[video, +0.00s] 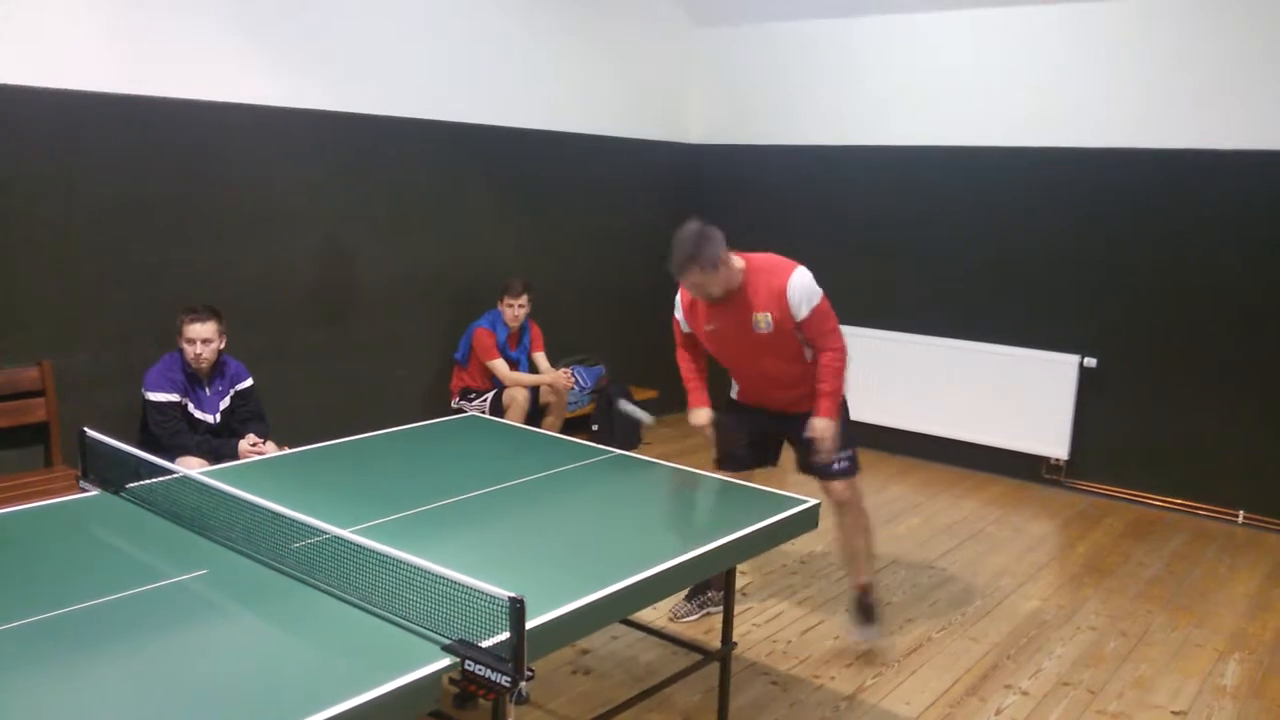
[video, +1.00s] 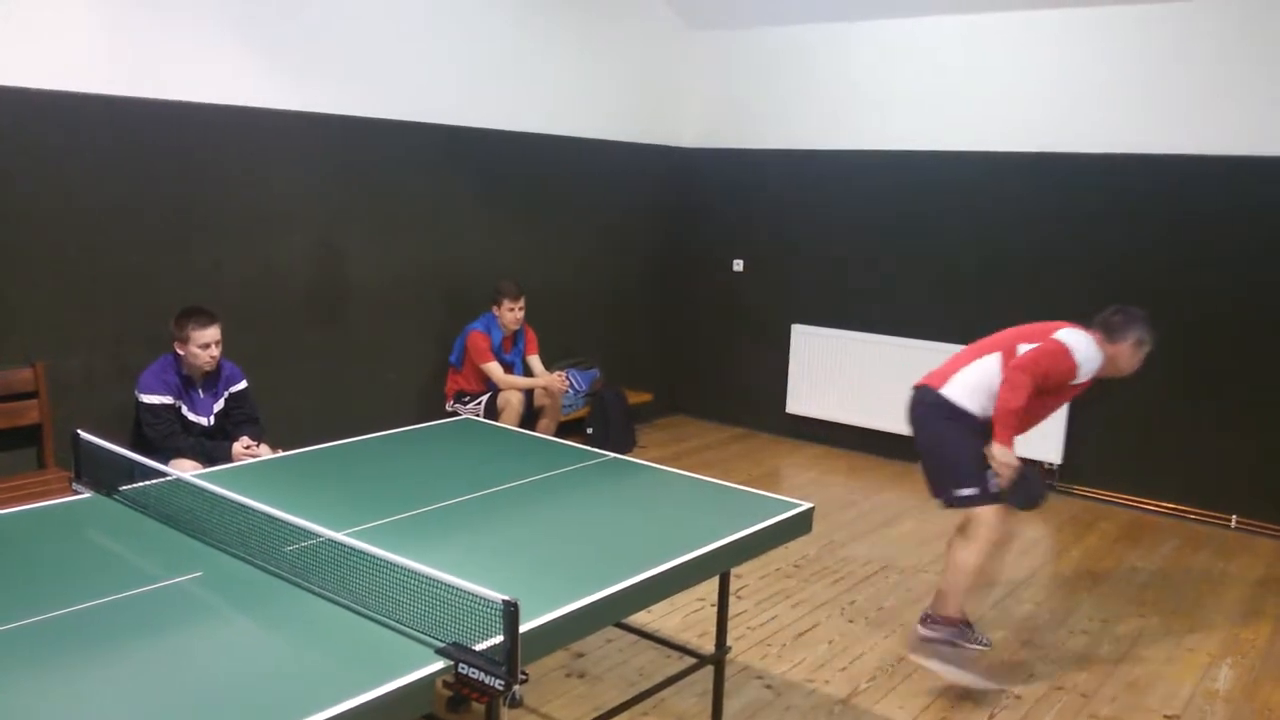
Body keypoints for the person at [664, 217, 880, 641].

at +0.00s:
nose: (696, 294)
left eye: (700, 284)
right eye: (689, 286)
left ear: (723, 263)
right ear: (682, 275)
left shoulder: (788, 281)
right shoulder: (689, 300)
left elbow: (831, 345)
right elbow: (687, 348)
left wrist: (826, 413)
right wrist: (698, 402)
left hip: (810, 402)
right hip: (748, 402)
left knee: (844, 493)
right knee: (724, 490)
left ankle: (863, 593)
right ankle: (714, 584)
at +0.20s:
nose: (775, 312)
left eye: (781, 303)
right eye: (765, 306)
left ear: (793, 282)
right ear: (747, 287)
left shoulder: (828, 282)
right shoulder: (715, 290)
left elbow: (862, 321)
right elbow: (675, 312)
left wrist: (884, 361)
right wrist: (655, 349)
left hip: (829, 387)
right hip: (761, 398)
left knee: (894, 459)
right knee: (736, 489)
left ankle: (947, 546)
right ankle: (717, 579)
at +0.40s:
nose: (885, 294)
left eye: (891, 286)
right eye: (884, 284)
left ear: (886, 263)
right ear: (862, 256)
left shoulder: (868, 274)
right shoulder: (795, 279)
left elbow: (864, 313)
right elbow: (722, 295)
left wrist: (878, 344)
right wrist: (670, 334)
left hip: (852, 391)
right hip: (790, 401)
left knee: (912, 461)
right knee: (760, 501)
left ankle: (955, 573)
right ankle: (720, 583)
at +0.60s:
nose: (995, 289)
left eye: (1001, 282)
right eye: (997, 278)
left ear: (977, 264)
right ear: (974, 261)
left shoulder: (946, 303)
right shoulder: (909, 278)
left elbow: (914, 350)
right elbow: (836, 305)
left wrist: (940, 390)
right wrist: (844, 371)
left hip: (886, 424)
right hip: (831, 417)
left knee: (940, 509)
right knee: (786, 511)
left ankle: (935, 614)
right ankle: (718, 581)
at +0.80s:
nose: (1074, 362)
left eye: (1079, 354)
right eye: (1076, 350)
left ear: (1055, 339)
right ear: (1055, 336)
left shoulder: (1018, 359)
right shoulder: (1012, 339)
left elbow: (1015, 418)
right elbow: (983, 378)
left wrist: (1038, 475)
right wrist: (1010, 445)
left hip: (917, 436)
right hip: (887, 423)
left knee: (960, 508)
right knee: (862, 531)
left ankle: (939, 616)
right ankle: (755, 585)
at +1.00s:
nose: (1138, 365)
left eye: (1143, 356)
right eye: (1140, 353)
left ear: (1113, 337)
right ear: (1122, 342)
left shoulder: (1082, 353)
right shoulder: (1082, 348)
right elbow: (1020, 371)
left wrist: (1003, 446)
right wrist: (1003, 441)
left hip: (961, 410)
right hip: (947, 407)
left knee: (983, 520)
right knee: (989, 521)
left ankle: (944, 615)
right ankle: (942, 621)